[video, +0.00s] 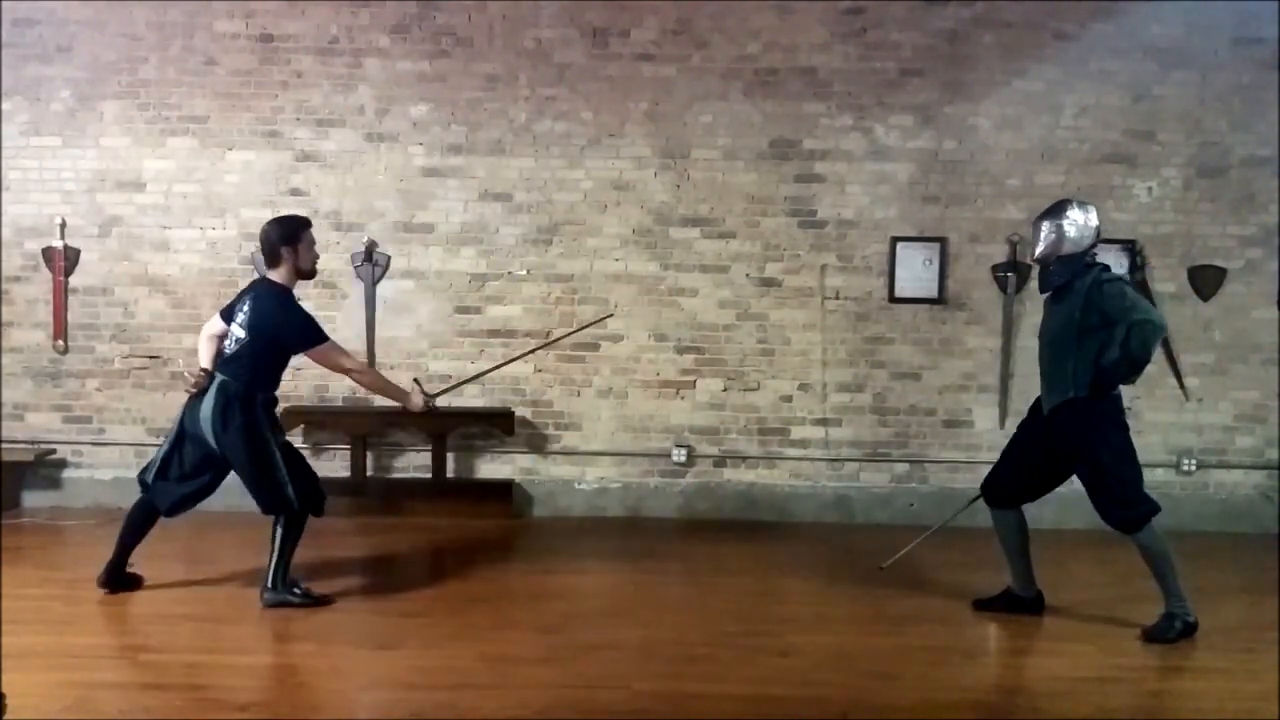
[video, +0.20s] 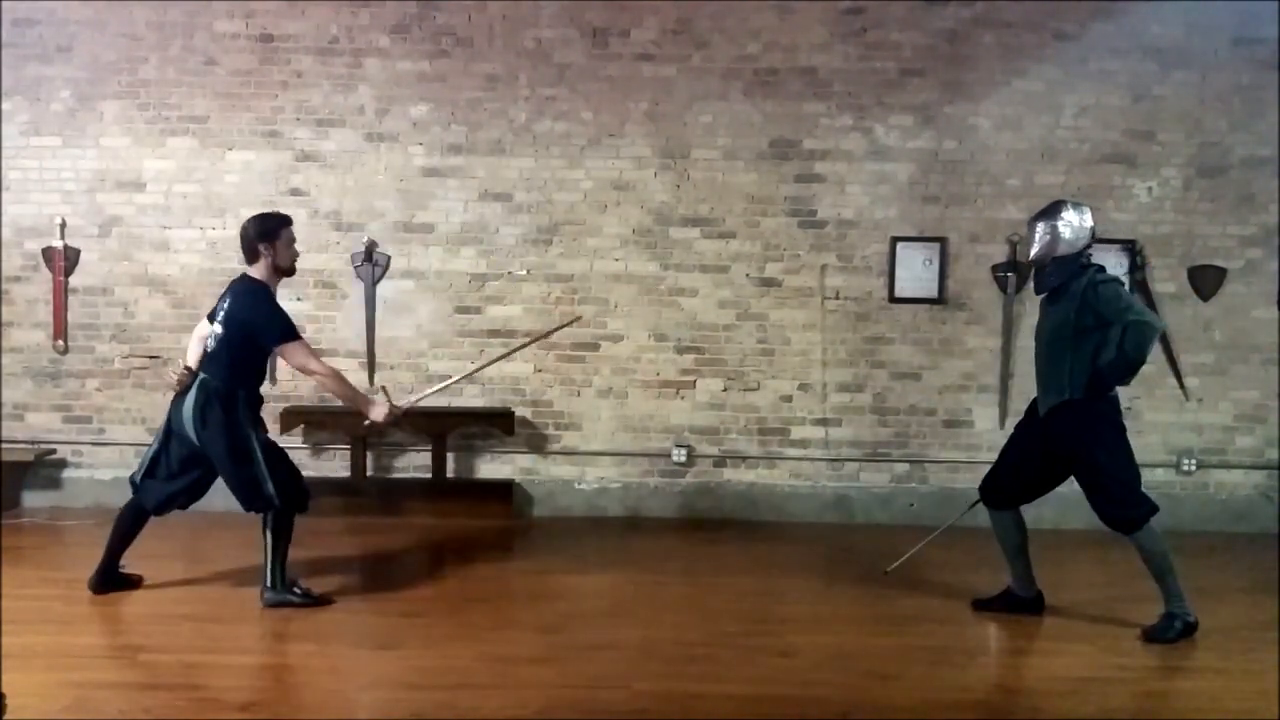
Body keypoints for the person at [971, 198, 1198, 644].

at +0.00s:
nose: (1041, 244)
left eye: (1049, 233)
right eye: (1041, 234)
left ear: (1073, 236)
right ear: (1062, 237)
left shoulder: (1099, 284)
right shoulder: (1063, 288)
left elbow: (1147, 323)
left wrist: (1111, 376)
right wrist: (1060, 386)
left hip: (1095, 416)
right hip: (1054, 414)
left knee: (1130, 512)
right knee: (1000, 492)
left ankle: (1179, 611)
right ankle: (1023, 591)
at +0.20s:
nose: (1035, 245)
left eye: (1042, 235)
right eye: (1035, 235)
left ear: (1067, 237)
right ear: (1059, 239)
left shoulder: (1094, 284)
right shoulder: (1058, 287)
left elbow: (1143, 324)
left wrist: (1106, 378)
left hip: (1091, 417)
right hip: (1051, 415)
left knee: (1127, 512)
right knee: (998, 493)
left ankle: (1179, 612)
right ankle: (1023, 591)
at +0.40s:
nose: (1033, 248)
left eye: (1040, 237)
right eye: (1032, 238)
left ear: (1064, 239)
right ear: (1060, 241)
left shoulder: (1095, 284)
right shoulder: (1057, 288)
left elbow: (1144, 323)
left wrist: (1110, 375)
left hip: (1092, 416)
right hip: (1050, 414)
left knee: (1129, 512)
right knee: (998, 492)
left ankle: (1180, 612)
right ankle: (1023, 591)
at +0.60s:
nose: (1034, 247)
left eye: (1041, 236)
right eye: (1033, 237)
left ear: (1065, 238)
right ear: (1060, 239)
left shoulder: (1095, 284)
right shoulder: (1057, 287)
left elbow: (1145, 323)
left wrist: (1112, 374)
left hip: (1092, 416)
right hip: (1050, 414)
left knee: (1131, 511)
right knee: (998, 493)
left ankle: (1180, 612)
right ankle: (1023, 591)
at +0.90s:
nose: (1036, 245)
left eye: (1044, 235)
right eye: (1036, 236)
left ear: (1067, 237)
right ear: (1063, 238)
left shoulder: (1097, 283)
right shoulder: (1057, 286)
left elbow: (1146, 324)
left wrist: (1112, 375)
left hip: (1093, 416)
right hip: (1051, 414)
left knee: (1131, 511)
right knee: (999, 493)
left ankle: (1180, 612)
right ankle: (1023, 591)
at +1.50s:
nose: (1043, 246)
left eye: (1051, 235)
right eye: (1042, 235)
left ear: (1075, 237)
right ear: (1058, 237)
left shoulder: (1102, 283)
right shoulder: (1063, 286)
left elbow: (1151, 322)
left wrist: (1116, 374)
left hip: (1098, 416)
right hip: (1056, 414)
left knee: (1132, 510)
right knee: (1003, 492)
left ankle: (1180, 612)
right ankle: (1023, 592)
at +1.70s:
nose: (1042, 245)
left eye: (1051, 234)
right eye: (1042, 234)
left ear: (1075, 235)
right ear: (1059, 235)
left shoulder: (1103, 282)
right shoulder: (1064, 285)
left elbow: (1152, 322)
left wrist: (1116, 374)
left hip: (1099, 416)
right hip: (1057, 414)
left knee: (1133, 510)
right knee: (1004, 492)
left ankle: (1181, 612)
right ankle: (1023, 592)